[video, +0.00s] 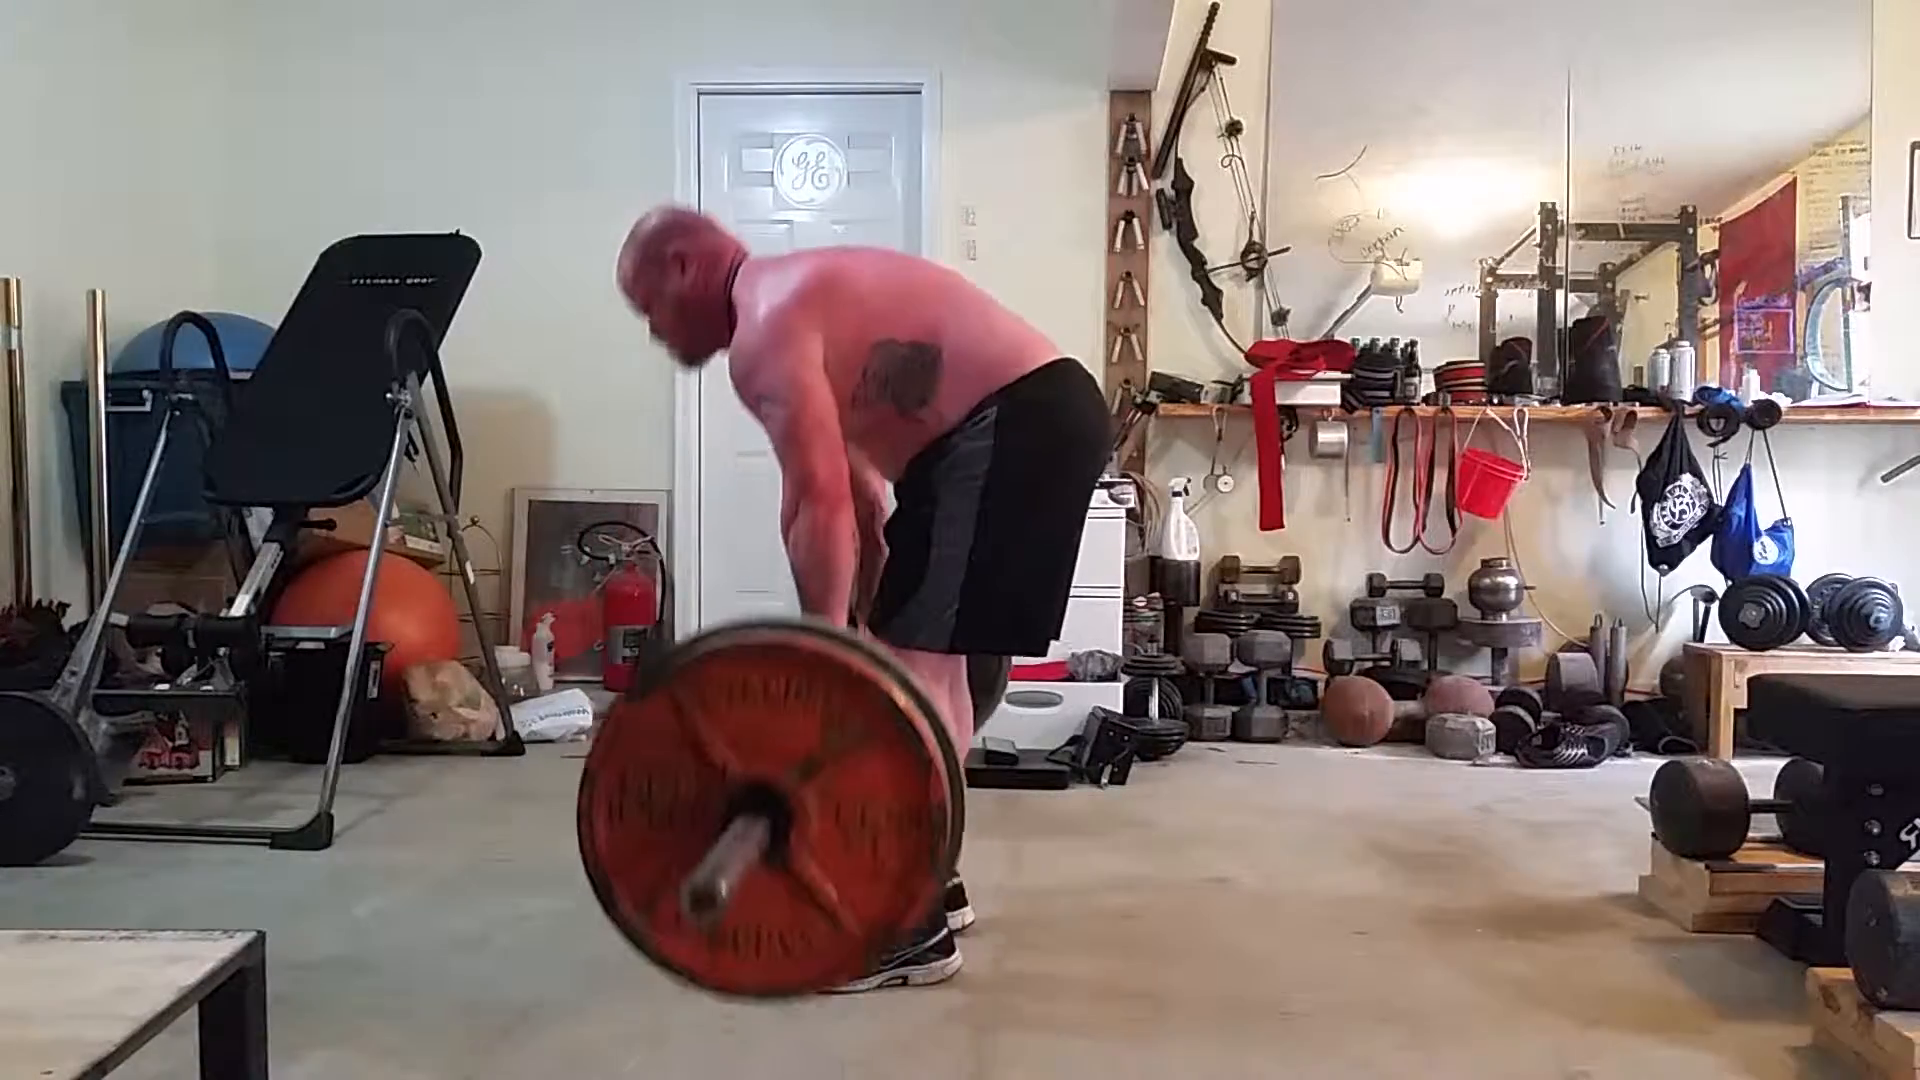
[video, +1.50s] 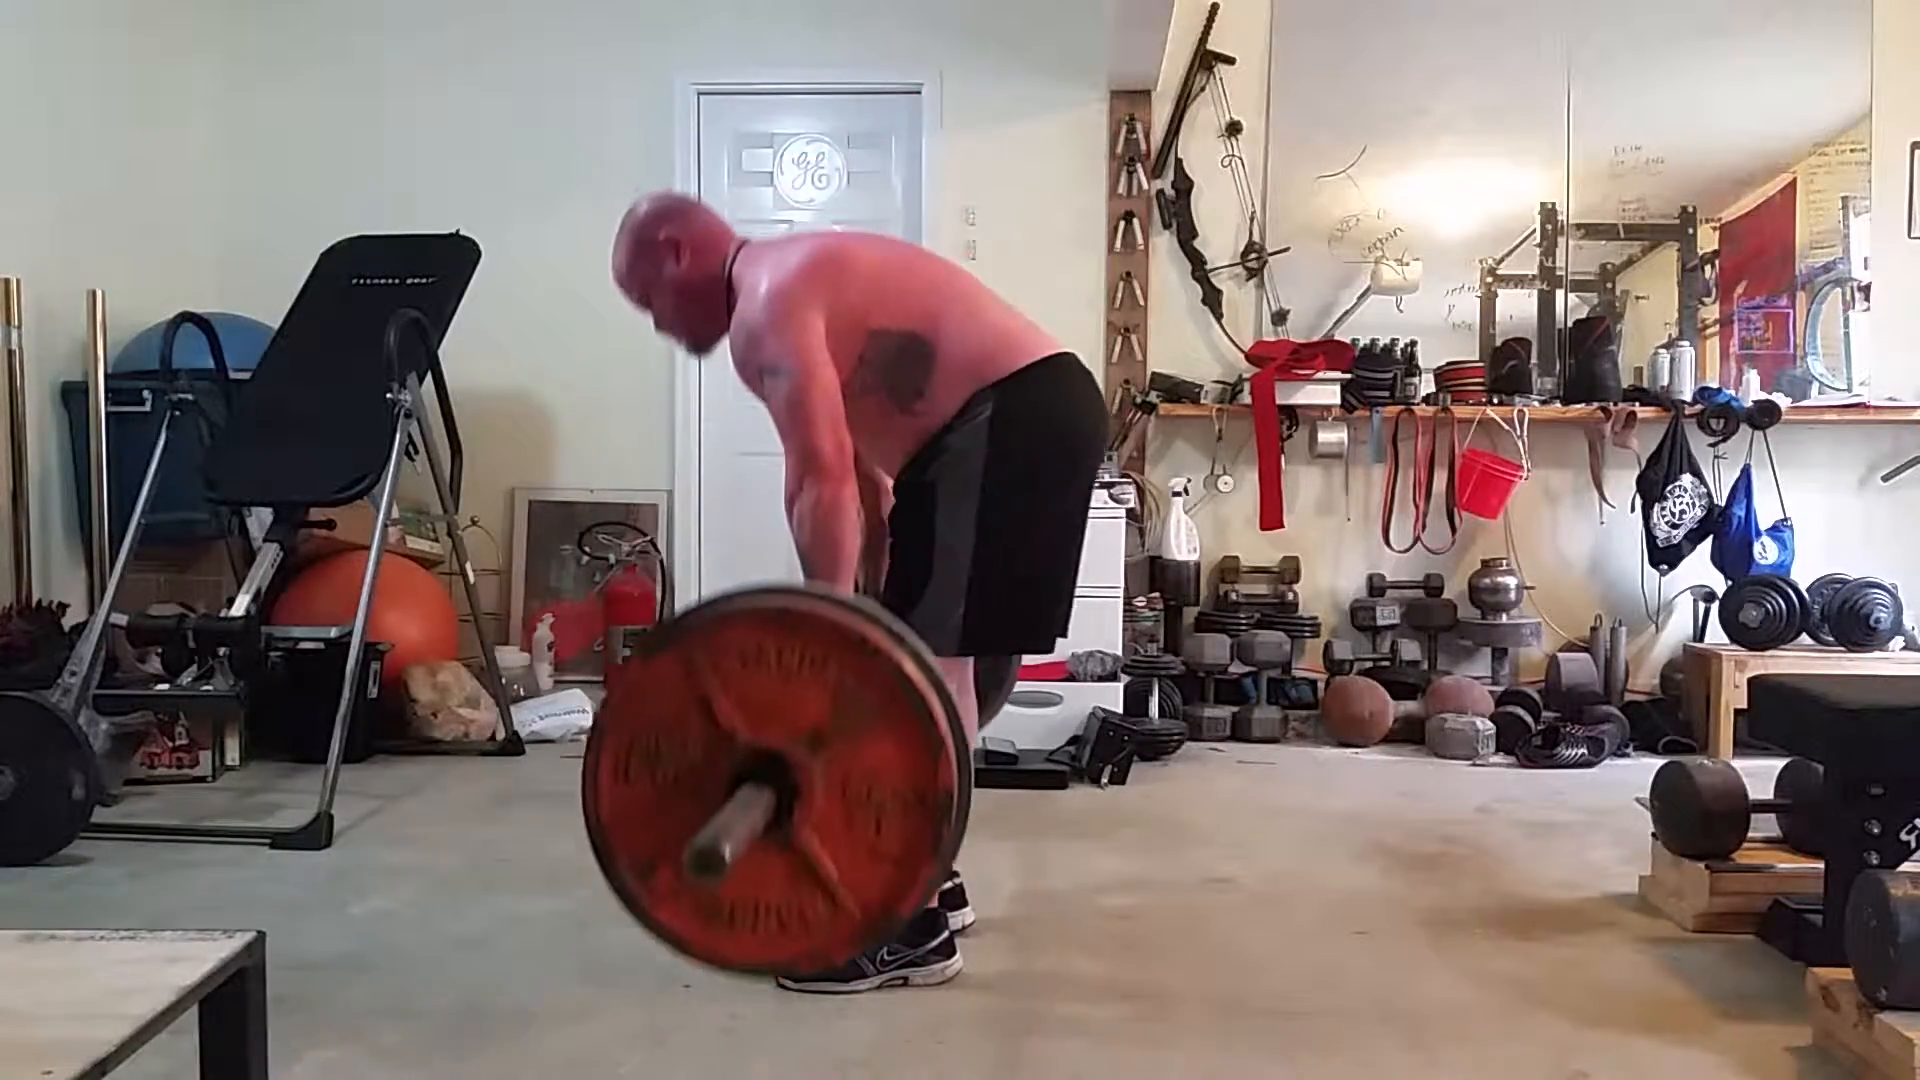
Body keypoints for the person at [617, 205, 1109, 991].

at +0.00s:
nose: (654, 331)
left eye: (649, 308)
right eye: (644, 315)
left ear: (688, 268)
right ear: (701, 262)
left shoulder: (768, 329)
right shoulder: (784, 313)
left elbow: (819, 502)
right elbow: (866, 515)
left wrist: (819, 663)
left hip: (1010, 424)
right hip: (1011, 421)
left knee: (911, 668)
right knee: (932, 668)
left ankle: (909, 922)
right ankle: (925, 889)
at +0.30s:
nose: (696, 137)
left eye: (709, 113)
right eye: (696, 118)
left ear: (767, 106)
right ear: (778, 112)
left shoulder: (816, 187)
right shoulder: (819, 191)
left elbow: (841, 372)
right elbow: (829, 378)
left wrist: (817, 541)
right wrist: (821, 537)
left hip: (988, 407)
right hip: (961, 409)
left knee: (920, 648)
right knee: (914, 642)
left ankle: (912, 915)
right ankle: (919, 879)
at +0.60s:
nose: (797, 9)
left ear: (850, 4)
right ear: (887, 11)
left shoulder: (881, 87)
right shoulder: (897, 91)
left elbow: (878, 271)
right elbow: (858, 280)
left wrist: (818, 429)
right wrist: (799, 425)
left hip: (930, 398)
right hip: (943, 395)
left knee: (913, 651)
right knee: (917, 648)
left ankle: (914, 918)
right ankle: (922, 881)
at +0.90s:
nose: (773, 27)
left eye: (788, 8)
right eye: (777, 11)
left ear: (842, 15)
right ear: (858, 22)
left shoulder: (872, 109)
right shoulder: (868, 113)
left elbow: (865, 295)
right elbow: (860, 306)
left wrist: (820, 460)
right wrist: (811, 457)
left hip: (941, 400)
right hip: (946, 400)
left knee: (897, 648)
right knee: (910, 648)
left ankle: (907, 918)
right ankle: (924, 879)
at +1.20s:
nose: (669, 195)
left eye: (668, 171)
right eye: (660, 177)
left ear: (711, 134)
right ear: (728, 131)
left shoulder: (792, 199)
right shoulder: (802, 192)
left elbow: (832, 381)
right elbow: (843, 380)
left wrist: (819, 556)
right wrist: (819, 558)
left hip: (972, 412)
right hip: (966, 411)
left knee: (914, 651)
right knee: (925, 648)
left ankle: (910, 914)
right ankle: (922, 879)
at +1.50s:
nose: (660, 326)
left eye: (650, 302)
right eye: (646, 310)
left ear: (680, 254)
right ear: (693, 246)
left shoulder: (772, 303)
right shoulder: (790, 288)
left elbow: (824, 480)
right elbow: (869, 488)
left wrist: (817, 653)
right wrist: (858, 628)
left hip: (1006, 421)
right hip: (995, 423)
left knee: (926, 666)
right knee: (925, 666)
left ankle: (905, 921)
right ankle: (918, 886)